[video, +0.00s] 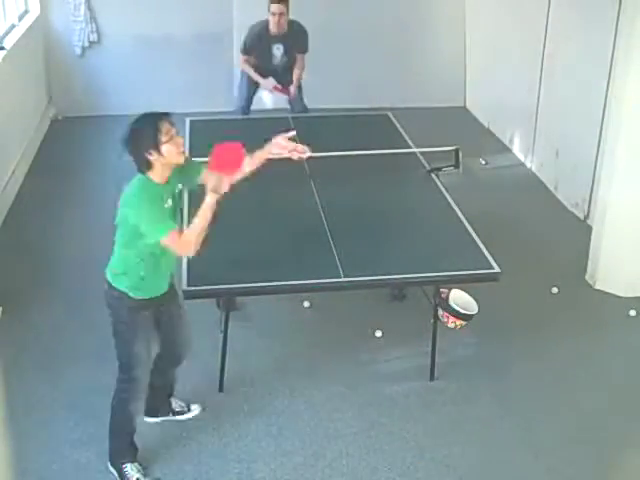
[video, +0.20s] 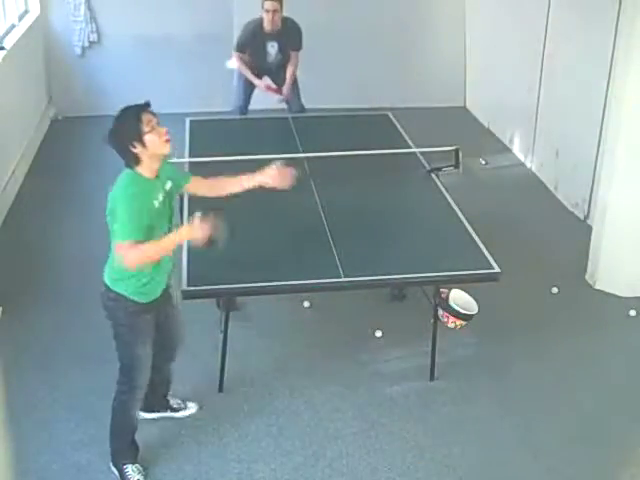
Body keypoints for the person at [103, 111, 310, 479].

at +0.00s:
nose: (181, 142)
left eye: (177, 135)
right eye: (171, 139)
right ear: (151, 154)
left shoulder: (178, 172)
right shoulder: (139, 200)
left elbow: (227, 173)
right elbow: (187, 245)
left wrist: (268, 150)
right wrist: (212, 196)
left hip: (162, 286)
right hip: (129, 294)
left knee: (174, 349)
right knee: (134, 375)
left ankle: (158, 406)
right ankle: (121, 458)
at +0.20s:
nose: (165, 131)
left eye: (160, 125)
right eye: (154, 130)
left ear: (144, 142)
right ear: (136, 147)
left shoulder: (165, 172)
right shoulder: (127, 194)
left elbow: (209, 187)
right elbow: (128, 256)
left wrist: (262, 177)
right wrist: (183, 234)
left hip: (157, 287)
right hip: (126, 296)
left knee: (166, 346)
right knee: (134, 375)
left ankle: (154, 402)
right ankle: (124, 458)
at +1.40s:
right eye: (268, 142)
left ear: (233, 146)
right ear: (269, 149)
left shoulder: (208, 188)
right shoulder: (283, 195)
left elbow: (183, 245)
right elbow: (313, 247)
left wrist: (159, 290)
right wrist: (329, 287)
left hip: (213, 308)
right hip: (260, 311)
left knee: (194, 378)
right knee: (273, 383)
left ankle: (169, 452)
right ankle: (274, 453)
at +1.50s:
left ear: (243, 142)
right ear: (279, 145)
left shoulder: (216, 185)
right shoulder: (294, 192)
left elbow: (189, 240)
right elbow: (322, 252)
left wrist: (168, 284)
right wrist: (329, 284)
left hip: (222, 315)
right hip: (271, 319)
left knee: (208, 390)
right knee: (289, 388)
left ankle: (193, 471)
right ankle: (300, 465)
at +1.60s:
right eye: (290, 158)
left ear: (249, 162)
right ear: (290, 163)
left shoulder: (226, 207)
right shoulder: (305, 213)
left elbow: (199, 261)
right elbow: (334, 278)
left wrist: (179, 297)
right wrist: (339, 300)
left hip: (231, 340)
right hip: (282, 341)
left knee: (219, 423)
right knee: (315, 410)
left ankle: (210, 475)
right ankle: (334, 474)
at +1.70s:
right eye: (310, 195)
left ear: (275, 196)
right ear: (312, 200)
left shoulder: (247, 236)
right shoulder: (325, 248)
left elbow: (215, 297)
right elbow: (356, 318)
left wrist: (191, 329)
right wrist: (384, 325)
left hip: (245, 373)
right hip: (301, 374)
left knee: (221, 451)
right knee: (347, 429)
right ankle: (376, 473)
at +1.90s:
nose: (413, 235)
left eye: (412, 228)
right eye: (412, 228)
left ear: (373, 224)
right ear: (407, 234)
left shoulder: (337, 252)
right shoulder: (399, 283)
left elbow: (299, 297)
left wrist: (270, 351)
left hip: (319, 387)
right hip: (369, 393)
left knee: (281, 452)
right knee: (410, 425)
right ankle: (412, 475)